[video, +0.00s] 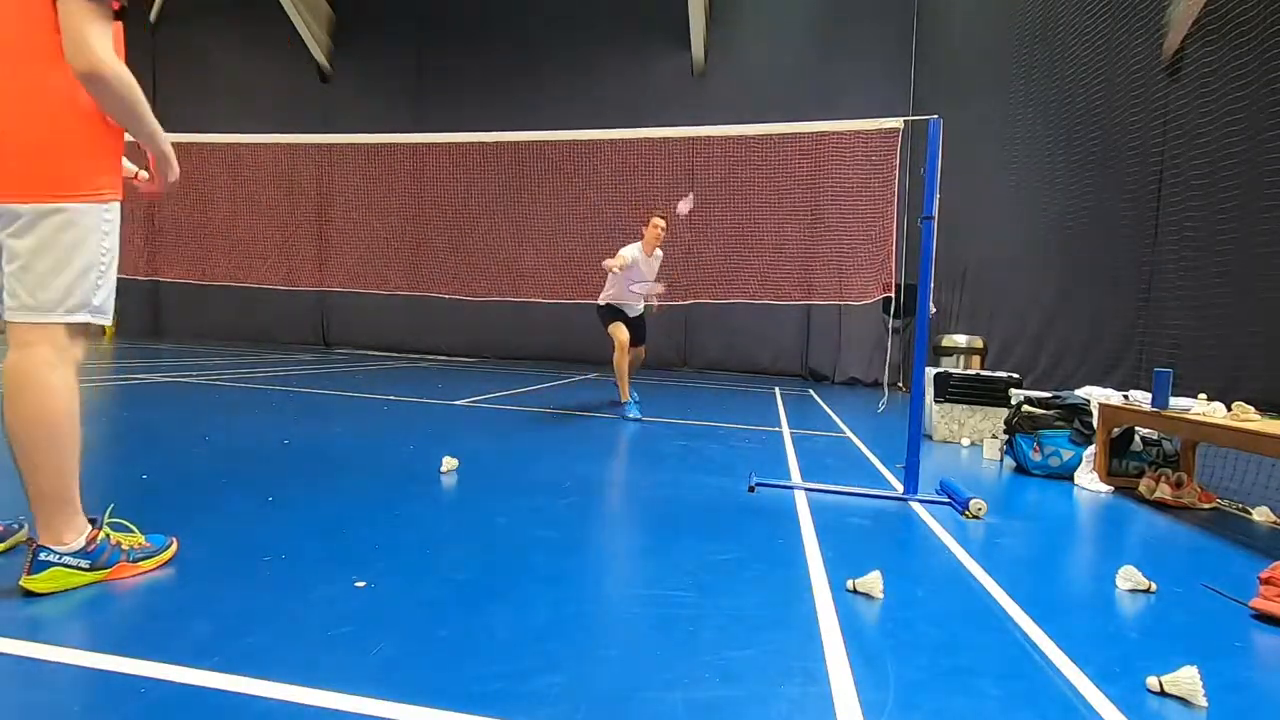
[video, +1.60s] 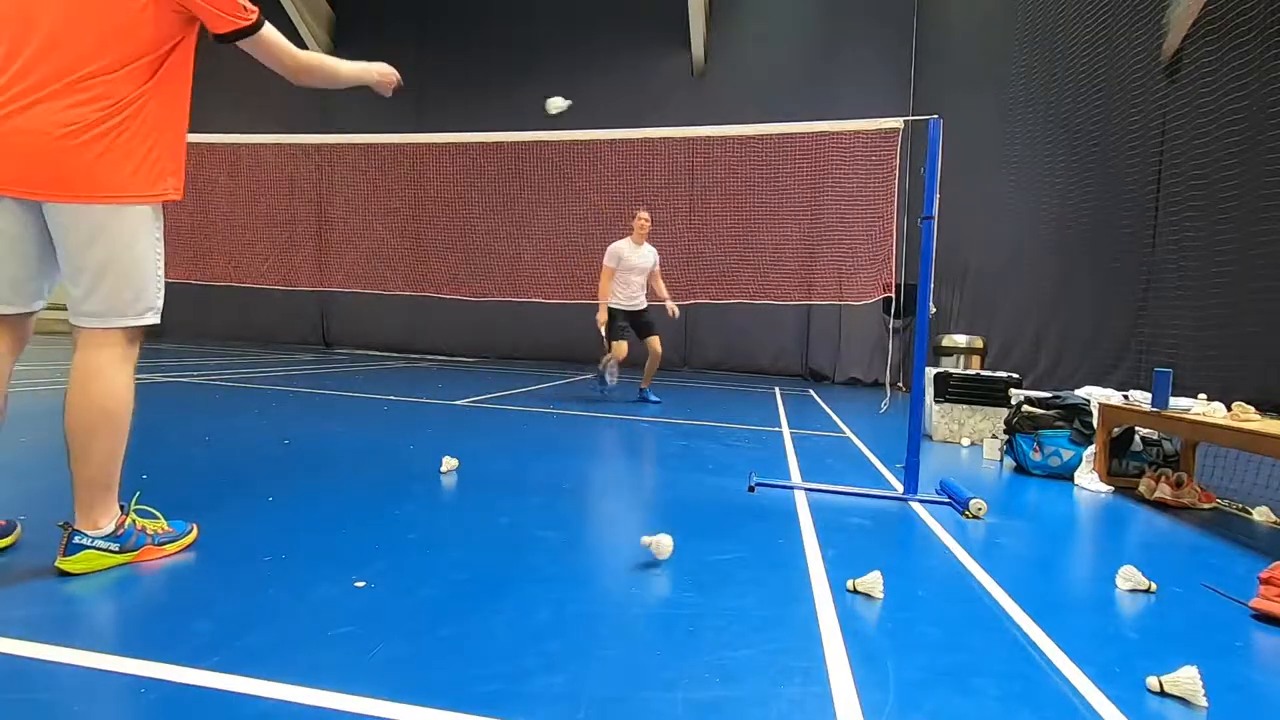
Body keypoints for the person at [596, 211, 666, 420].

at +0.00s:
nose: (659, 232)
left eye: (663, 229)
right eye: (655, 227)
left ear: (666, 235)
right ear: (645, 229)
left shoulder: (658, 256)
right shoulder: (632, 252)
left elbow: (646, 279)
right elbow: (619, 261)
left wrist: (652, 296)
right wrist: (613, 265)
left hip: (635, 309)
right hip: (611, 306)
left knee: (638, 354)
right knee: (623, 339)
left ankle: (623, 382)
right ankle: (626, 400)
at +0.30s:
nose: (641, 221)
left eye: (645, 218)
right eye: (638, 216)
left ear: (648, 224)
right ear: (629, 220)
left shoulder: (647, 251)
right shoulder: (615, 246)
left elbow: (646, 277)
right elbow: (598, 268)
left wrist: (657, 302)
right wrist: (588, 287)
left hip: (635, 310)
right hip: (612, 307)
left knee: (646, 364)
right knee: (624, 339)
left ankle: (620, 375)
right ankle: (626, 401)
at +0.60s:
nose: (622, 206)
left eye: (626, 203)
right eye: (619, 202)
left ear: (632, 209)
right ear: (613, 207)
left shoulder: (639, 237)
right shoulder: (597, 233)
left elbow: (650, 264)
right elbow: (583, 262)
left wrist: (655, 278)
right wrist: (572, 289)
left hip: (625, 298)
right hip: (599, 295)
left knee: (626, 347)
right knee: (600, 332)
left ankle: (611, 388)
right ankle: (601, 390)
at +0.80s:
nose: (608, 204)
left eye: (611, 200)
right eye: (605, 200)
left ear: (617, 206)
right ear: (599, 204)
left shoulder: (627, 231)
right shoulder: (586, 231)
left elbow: (638, 258)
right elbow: (574, 258)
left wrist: (636, 271)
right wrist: (566, 275)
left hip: (617, 293)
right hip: (589, 291)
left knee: (619, 342)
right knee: (575, 337)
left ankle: (610, 388)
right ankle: (568, 382)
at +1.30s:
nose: (605, 220)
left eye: (609, 217)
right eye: (602, 216)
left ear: (615, 221)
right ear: (597, 219)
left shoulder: (624, 245)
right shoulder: (584, 246)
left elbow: (632, 269)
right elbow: (573, 274)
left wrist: (635, 294)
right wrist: (571, 300)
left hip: (618, 302)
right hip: (591, 303)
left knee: (636, 340)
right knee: (583, 344)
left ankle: (640, 385)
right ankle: (581, 378)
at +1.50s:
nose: (630, 224)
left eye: (633, 221)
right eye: (626, 220)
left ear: (637, 227)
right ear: (620, 224)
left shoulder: (642, 252)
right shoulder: (604, 250)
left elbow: (644, 278)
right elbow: (592, 279)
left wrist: (651, 300)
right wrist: (590, 309)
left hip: (633, 307)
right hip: (608, 309)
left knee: (652, 348)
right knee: (598, 352)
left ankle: (643, 388)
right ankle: (584, 377)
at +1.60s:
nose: (644, 223)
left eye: (647, 221)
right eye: (640, 219)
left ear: (651, 226)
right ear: (632, 223)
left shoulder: (652, 253)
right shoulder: (616, 249)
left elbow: (657, 280)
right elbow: (605, 281)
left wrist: (667, 299)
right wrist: (602, 310)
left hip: (639, 308)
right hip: (616, 308)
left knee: (656, 350)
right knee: (620, 353)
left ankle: (644, 389)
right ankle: (603, 368)